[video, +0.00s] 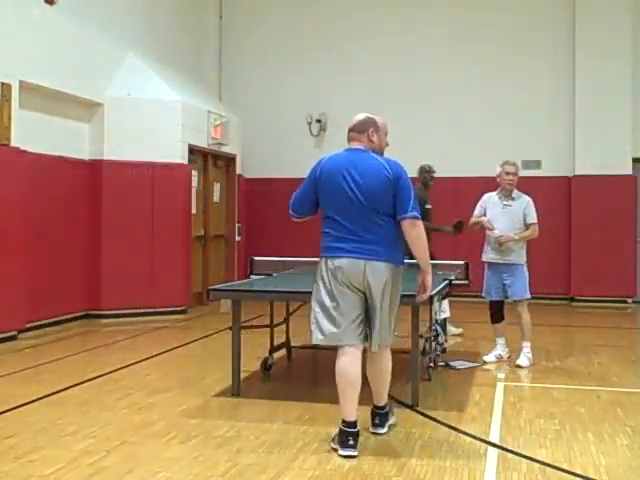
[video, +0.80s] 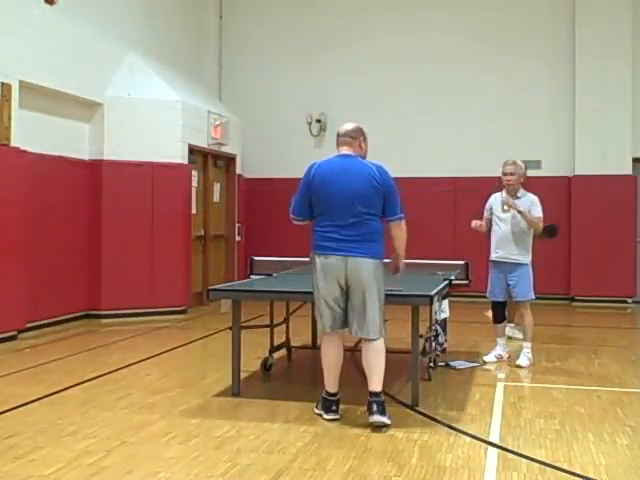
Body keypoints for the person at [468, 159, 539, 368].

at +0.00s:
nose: (510, 178)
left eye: (513, 175)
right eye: (506, 174)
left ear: (518, 178)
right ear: (498, 177)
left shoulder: (525, 202)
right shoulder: (487, 199)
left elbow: (533, 231)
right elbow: (471, 222)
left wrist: (512, 237)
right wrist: (481, 220)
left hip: (516, 262)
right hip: (493, 261)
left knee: (521, 305)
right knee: (495, 304)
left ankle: (526, 348)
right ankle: (500, 347)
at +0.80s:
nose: (508, 178)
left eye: (513, 174)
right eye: (505, 174)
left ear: (522, 177)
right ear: (501, 177)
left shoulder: (531, 200)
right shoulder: (494, 199)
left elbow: (538, 227)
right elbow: (486, 225)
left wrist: (518, 210)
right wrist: (480, 225)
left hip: (520, 260)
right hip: (497, 259)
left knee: (523, 305)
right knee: (497, 305)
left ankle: (526, 349)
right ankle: (501, 347)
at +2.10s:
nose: (510, 175)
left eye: (515, 171)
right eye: (508, 171)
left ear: (522, 176)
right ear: (503, 175)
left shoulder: (528, 197)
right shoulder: (495, 199)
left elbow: (533, 204)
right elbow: (488, 224)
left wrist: (517, 181)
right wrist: (477, 227)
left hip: (519, 257)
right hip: (497, 257)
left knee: (523, 304)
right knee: (497, 304)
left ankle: (526, 350)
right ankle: (501, 347)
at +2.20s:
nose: (510, 175)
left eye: (514, 171)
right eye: (507, 171)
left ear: (522, 176)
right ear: (502, 174)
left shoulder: (528, 197)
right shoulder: (495, 199)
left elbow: (533, 204)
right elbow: (488, 224)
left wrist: (518, 183)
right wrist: (478, 227)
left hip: (519, 257)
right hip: (497, 257)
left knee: (523, 305)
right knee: (497, 304)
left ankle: (526, 349)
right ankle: (501, 347)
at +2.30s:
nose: (508, 174)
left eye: (513, 170)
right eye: (506, 171)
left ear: (522, 175)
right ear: (502, 175)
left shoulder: (528, 197)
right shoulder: (495, 199)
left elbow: (535, 206)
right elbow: (487, 225)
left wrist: (516, 186)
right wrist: (477, 225)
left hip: (520, 258)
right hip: (497, 257)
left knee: (523, 305)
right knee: (497, 304)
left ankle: (526, 350)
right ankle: (501, 347)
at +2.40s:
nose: (506, 176)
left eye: (510, 172)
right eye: (503, 173)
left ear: (521, 175)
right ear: (500, 176)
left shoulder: (530, 197)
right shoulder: (495, 200)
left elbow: (534, 213)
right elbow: (487, 225)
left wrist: (514, 194)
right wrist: (479, 222)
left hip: (520, 258)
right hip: (498, 258)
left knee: (523, 305)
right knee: (497, 304)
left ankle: (526, 350)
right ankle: (501, 347)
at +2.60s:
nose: (502, 185)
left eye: (505, 181)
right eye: (499, 182)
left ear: (517, 179)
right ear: (498, 182)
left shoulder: (531, 199)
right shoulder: (496, 199)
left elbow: (537, 223)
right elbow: (484, 225)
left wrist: (512, 209)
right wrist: (481, 213)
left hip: (521, 260)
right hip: (499, 259)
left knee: (524, 305)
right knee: (498, 304)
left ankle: (526, 349)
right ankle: (501, 346)